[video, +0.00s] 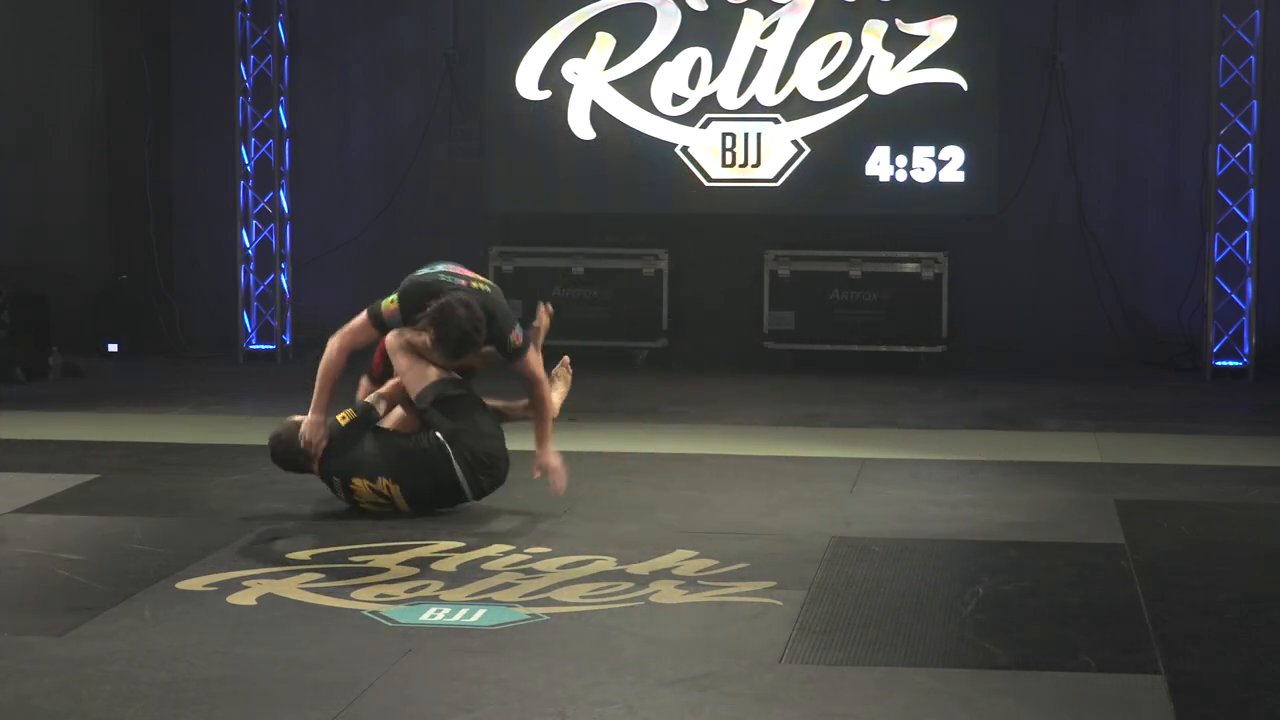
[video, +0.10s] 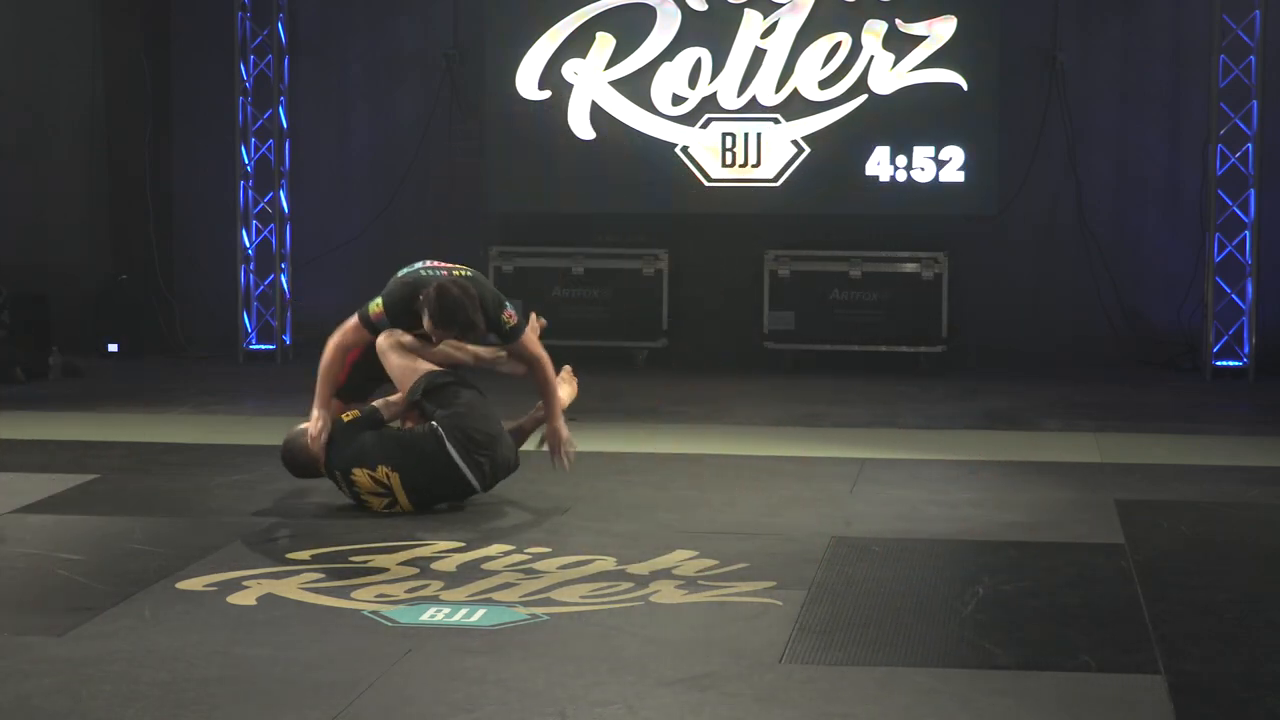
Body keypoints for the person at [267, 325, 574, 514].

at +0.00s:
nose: (307, 421)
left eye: (304, 420)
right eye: (303, 421)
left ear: (298, 467)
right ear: (305, 436)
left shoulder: (340, 486)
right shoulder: (333, 437)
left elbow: (402, 423)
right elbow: (396, 392)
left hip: (479, 480)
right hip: (471, 454)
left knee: (439, 399)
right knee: (399, 341)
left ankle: (541, 404)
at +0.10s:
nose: (323, 418)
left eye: (316, 419)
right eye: (316, 421)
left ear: (309, 472)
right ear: (315, 432)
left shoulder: (358, 495)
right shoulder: (340, 432)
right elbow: (406, 400)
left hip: (489, 473)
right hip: (465, 429)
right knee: (390, 341)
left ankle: (550, 404)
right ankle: (515, 356)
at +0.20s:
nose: (322, 424)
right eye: (318, 427)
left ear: (306, 472)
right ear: (314, 434)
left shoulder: (353, 493)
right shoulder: (338, 436)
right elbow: (402, 406)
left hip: (474, 479)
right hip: (460, 430)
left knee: (494, 451)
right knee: (381, 341)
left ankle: (547, 413)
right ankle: (497, 357)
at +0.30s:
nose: (313, 430)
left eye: (306, 430)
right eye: (308, 433)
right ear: (306, 445)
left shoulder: (352, 499)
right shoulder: (327, 441)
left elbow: (419, 493)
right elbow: (395, 404)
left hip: (476, 469)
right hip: (448, 416)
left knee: (519, 424)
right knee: (379, 334)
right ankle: (484, 353)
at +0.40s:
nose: (305, 440)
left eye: (300, 439)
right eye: (302, 441)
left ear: (301, 491)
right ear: (300, 449)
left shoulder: (347, 501)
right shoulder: (324, 446)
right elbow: (396, 400)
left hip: (471, 458)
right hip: (445, 411)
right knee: (386, 334)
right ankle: (482, 360)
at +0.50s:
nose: (306, 444)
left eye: (298, 443)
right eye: (302, 445)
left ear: (299, 495)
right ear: (302, 455)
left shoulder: (343, 502)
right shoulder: (334, 446)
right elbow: (403, 395)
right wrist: (388, 382)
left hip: (464, 454)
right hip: (446, 409)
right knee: (394, 336)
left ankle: (497, 416)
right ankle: (488, 364)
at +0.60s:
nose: (305, 443)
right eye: (300, 444)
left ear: (298, 496)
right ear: (303, 453)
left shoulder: (339, 503)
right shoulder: (342, 442)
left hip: (463, 458)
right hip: (452, 409)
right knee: (412, 326)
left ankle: (485, 434)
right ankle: (485, 385)